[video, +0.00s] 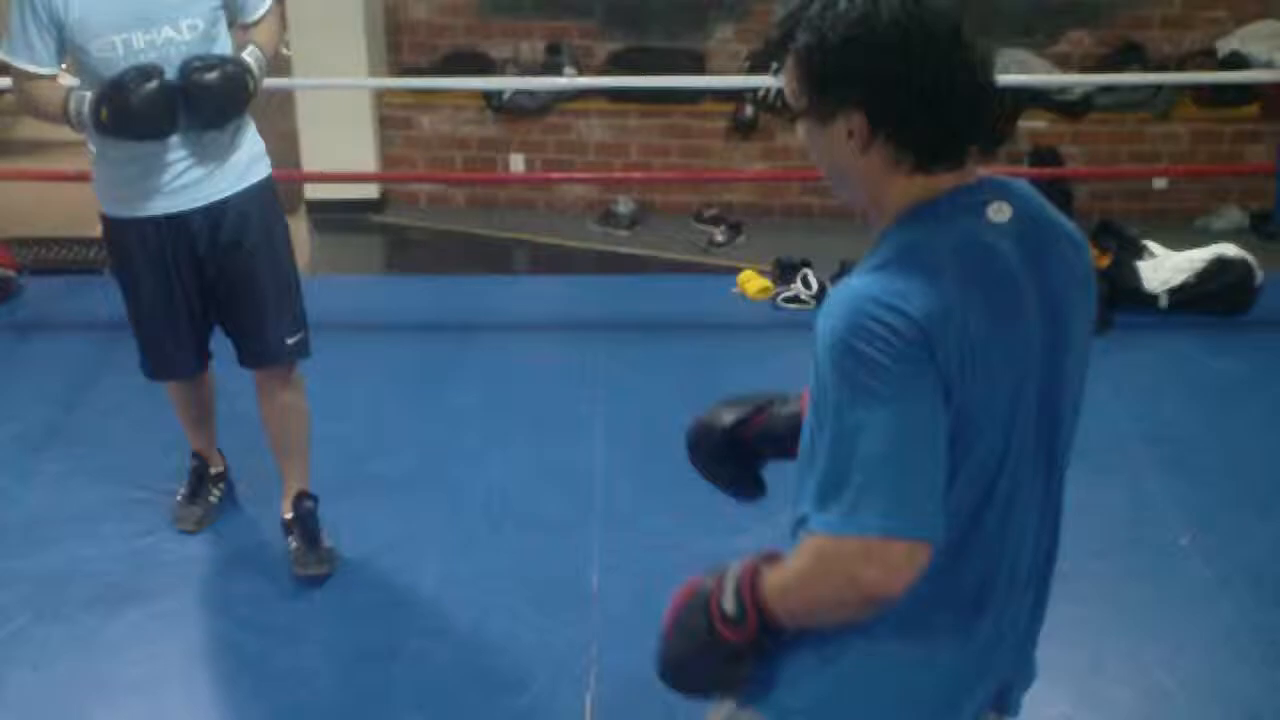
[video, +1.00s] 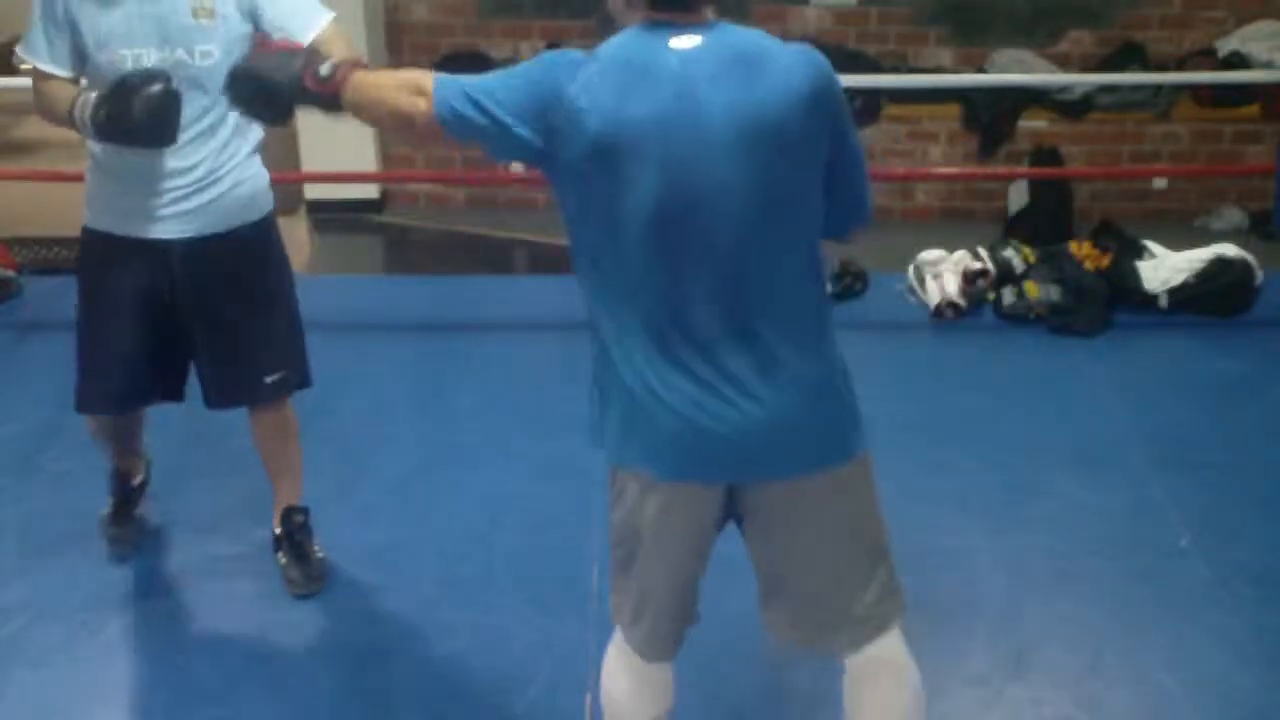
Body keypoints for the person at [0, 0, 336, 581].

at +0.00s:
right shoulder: (39, 4)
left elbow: (265, 17)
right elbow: (31, 84)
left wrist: (248, 68)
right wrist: (94, 109)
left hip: (235, 181)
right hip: (138, 202)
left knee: (276, 354)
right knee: (177, 356)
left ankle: (299, 506)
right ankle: (207, 468)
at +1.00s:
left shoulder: (251, 2)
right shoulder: (66, 3)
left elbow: (338, 52)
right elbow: (48, 89)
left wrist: (298, 77)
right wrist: (97, 110)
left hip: (231, 216)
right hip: (121, 221)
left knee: (267, 384)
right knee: (108, 399)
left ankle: (292, 523)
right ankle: (128, 474)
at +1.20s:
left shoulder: (196, 1)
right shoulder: (25, 13)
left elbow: (273, 53)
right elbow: (10, 96)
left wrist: (254, 122)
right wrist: (41, 131)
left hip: (208, 225)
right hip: (95, 237)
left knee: (257, 386)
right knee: (81, 403)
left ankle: (290, 524)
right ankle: (64, 527)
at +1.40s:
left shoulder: (136, 3)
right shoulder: (2, 28)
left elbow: (180, 39)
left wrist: (187, 107)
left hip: (151, 224)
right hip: (39, 242)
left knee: (224, 387)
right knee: (52, 408)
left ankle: (284, 520)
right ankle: (61, 531)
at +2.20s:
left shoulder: (127, 8)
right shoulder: (11, 15)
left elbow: (135, 85)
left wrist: (136, 132)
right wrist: (5, 153)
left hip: (84, 228)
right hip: (4, 245)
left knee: (141, 383)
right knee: (1, 418)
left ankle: (193, 521)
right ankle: (23, 524)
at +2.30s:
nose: (104, 6)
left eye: (111, 3)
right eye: (94, 4)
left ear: (116, 0)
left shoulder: (125, 13)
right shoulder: (10, 23)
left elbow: (134, 88)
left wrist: (128, 134)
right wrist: (6, 167)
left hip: (70, 226)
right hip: (3, 235)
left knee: (139, 377)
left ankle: (191, 519)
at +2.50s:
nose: (59, 12)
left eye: (64, 3)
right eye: (43, 5)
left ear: (71, 3)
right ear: (11, 6)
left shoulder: (68, 30)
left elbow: (89, 112)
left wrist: (103, 146)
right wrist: (7, 183)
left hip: (42, 250)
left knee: (144, 385)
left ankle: (193, 522)